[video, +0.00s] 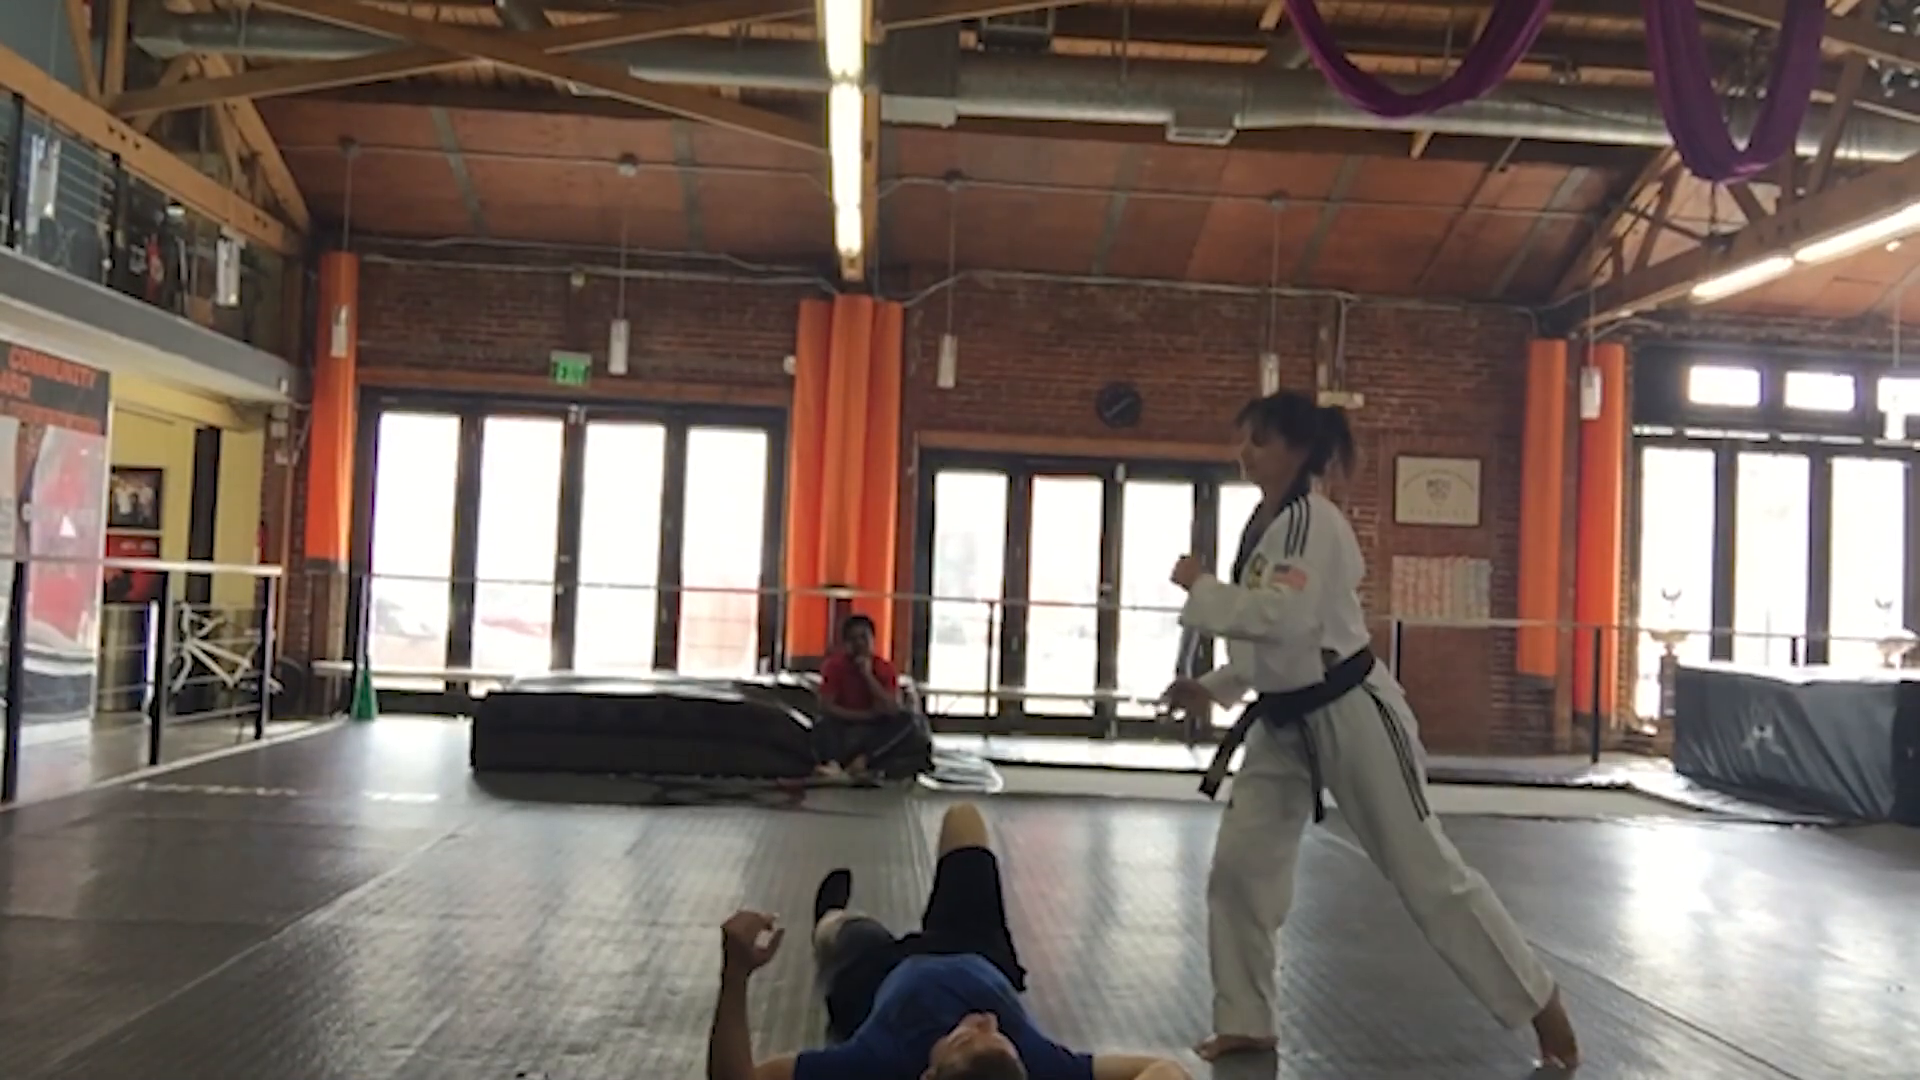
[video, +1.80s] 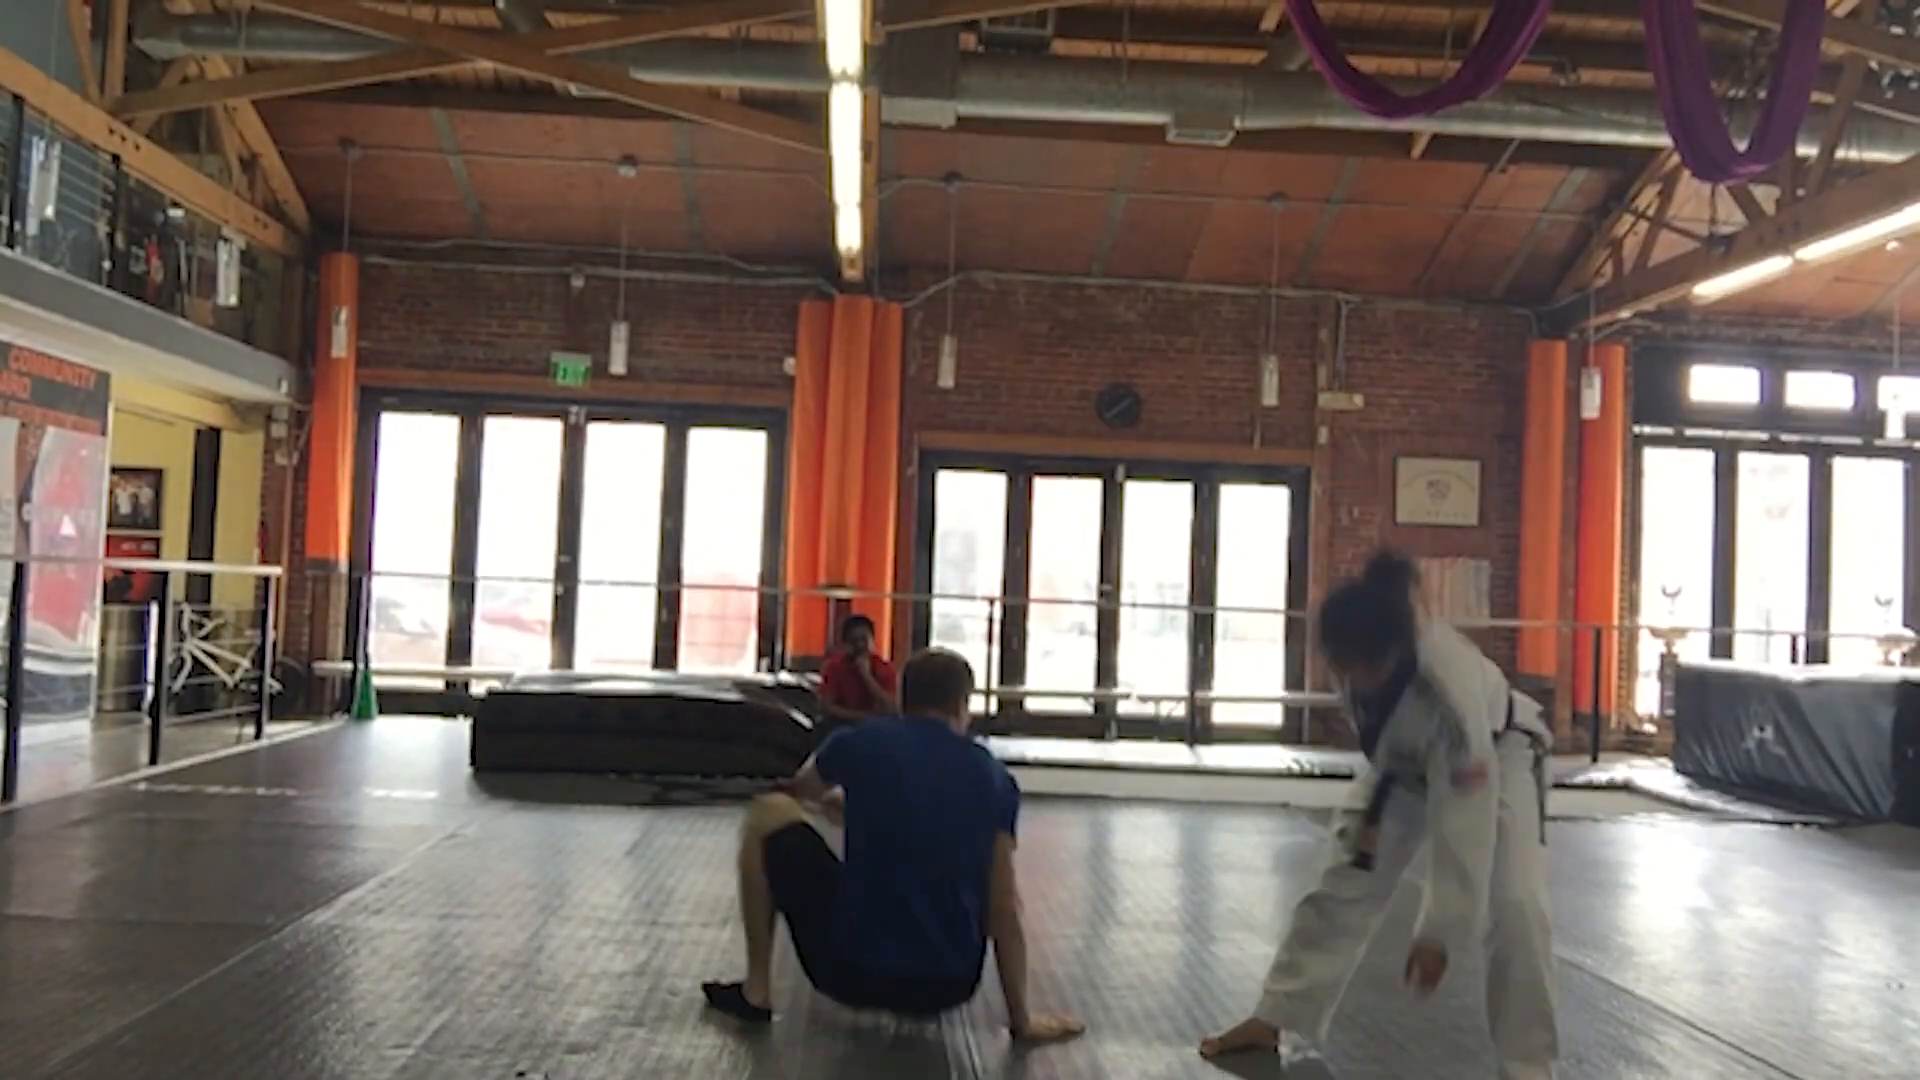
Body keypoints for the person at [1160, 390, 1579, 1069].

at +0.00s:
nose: (1244, 454)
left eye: (1257, 442)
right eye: (1245, 442)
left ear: (1296, 450)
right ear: (1270, 451)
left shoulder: (1313, 519)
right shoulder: (1267, 531)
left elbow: (1285, 618)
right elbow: (1278, 648)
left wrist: (1201, 588)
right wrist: (1211, 686)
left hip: (1351, 711)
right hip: (1283, 721)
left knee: (1425, 873)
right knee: (1239, 871)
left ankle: (1539, 1001)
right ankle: (1246, 1029)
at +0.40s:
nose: (1274, 443)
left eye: (1291, 431)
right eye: (1272, 430)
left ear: (1330, 444)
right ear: (1268, 440)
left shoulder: (1356, 515)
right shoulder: (1266, 520)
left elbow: (1387, 610)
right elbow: (1245, 623)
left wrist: (1290, 614)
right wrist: (1222, 705)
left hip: (1368, 701)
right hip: (1293, 710)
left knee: (1436, 862)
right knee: (1263, 872)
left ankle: (1546, 999)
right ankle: (1252, 1028)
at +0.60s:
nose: (1314, 444)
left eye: (1330, 432)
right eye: (1308, 431)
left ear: (1367, 444)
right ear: (1300, 439)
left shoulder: (1397, 518)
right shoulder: (1291, 518)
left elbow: (1453, 605)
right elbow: (1260, 609)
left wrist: (1386, 622)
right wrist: (1243, 695)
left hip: (1393, 708)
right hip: (1312, 713)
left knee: (1459, 864)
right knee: (1274, 873)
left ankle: (1544, 1010)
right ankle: (1253, 1026)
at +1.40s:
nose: (1362, 480)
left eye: (1377, 467)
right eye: (1353, 465)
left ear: (1407, 464)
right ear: (1341, 460)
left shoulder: (1446, 544)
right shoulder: (1317, 535)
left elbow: (1488, 633)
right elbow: (1290, 624)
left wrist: (1449, 684)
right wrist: (1274, 694)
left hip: (1426, 728)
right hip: (1332, 725)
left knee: (1482, 884)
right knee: (1285, 879)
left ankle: (1542, 1013)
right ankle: (1256, 1023)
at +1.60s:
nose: (1354, 540)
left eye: (1367, 527)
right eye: (1343, 526)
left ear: (1396, 514)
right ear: (1329, 514)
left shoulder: (1446, 583)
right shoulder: (1313, 563)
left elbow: (1469, 700)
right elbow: (1292, 642)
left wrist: (1442, 785)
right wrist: (1294, 715)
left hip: (1433, 736)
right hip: (1345, 733)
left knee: (1488, 887)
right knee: (1294, 868)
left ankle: (1534, 1056)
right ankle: (1257, 1021)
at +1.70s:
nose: (1359, 603)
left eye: (1373, 591)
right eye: (1348, 589)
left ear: (1399, 577)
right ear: (1332, 576)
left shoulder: (1444, 628)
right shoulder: (1324, 604)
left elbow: (1468, 748)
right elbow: (1328, 699)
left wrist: (1439, 857)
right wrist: (1337, 789)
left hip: (1460, 751)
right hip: (1374, 748)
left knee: (1499, 897)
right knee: (1308, 876)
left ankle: (1525, 1063)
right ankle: (1267, 1023)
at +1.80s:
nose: (1351, 678)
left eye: (1362, 665)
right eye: (1342, 665)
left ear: (1393, 652)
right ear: (1334, 650)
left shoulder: (1452, 684)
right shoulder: (1355, 662)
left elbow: (1466, 819)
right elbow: (1383, 744)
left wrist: (1439, 934)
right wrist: (1370, 816)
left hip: (1493, 756)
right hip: (1412, 753)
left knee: (1516, 903)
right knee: (1350, 878)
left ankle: (1530, 1066)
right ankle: (1269, 1022)